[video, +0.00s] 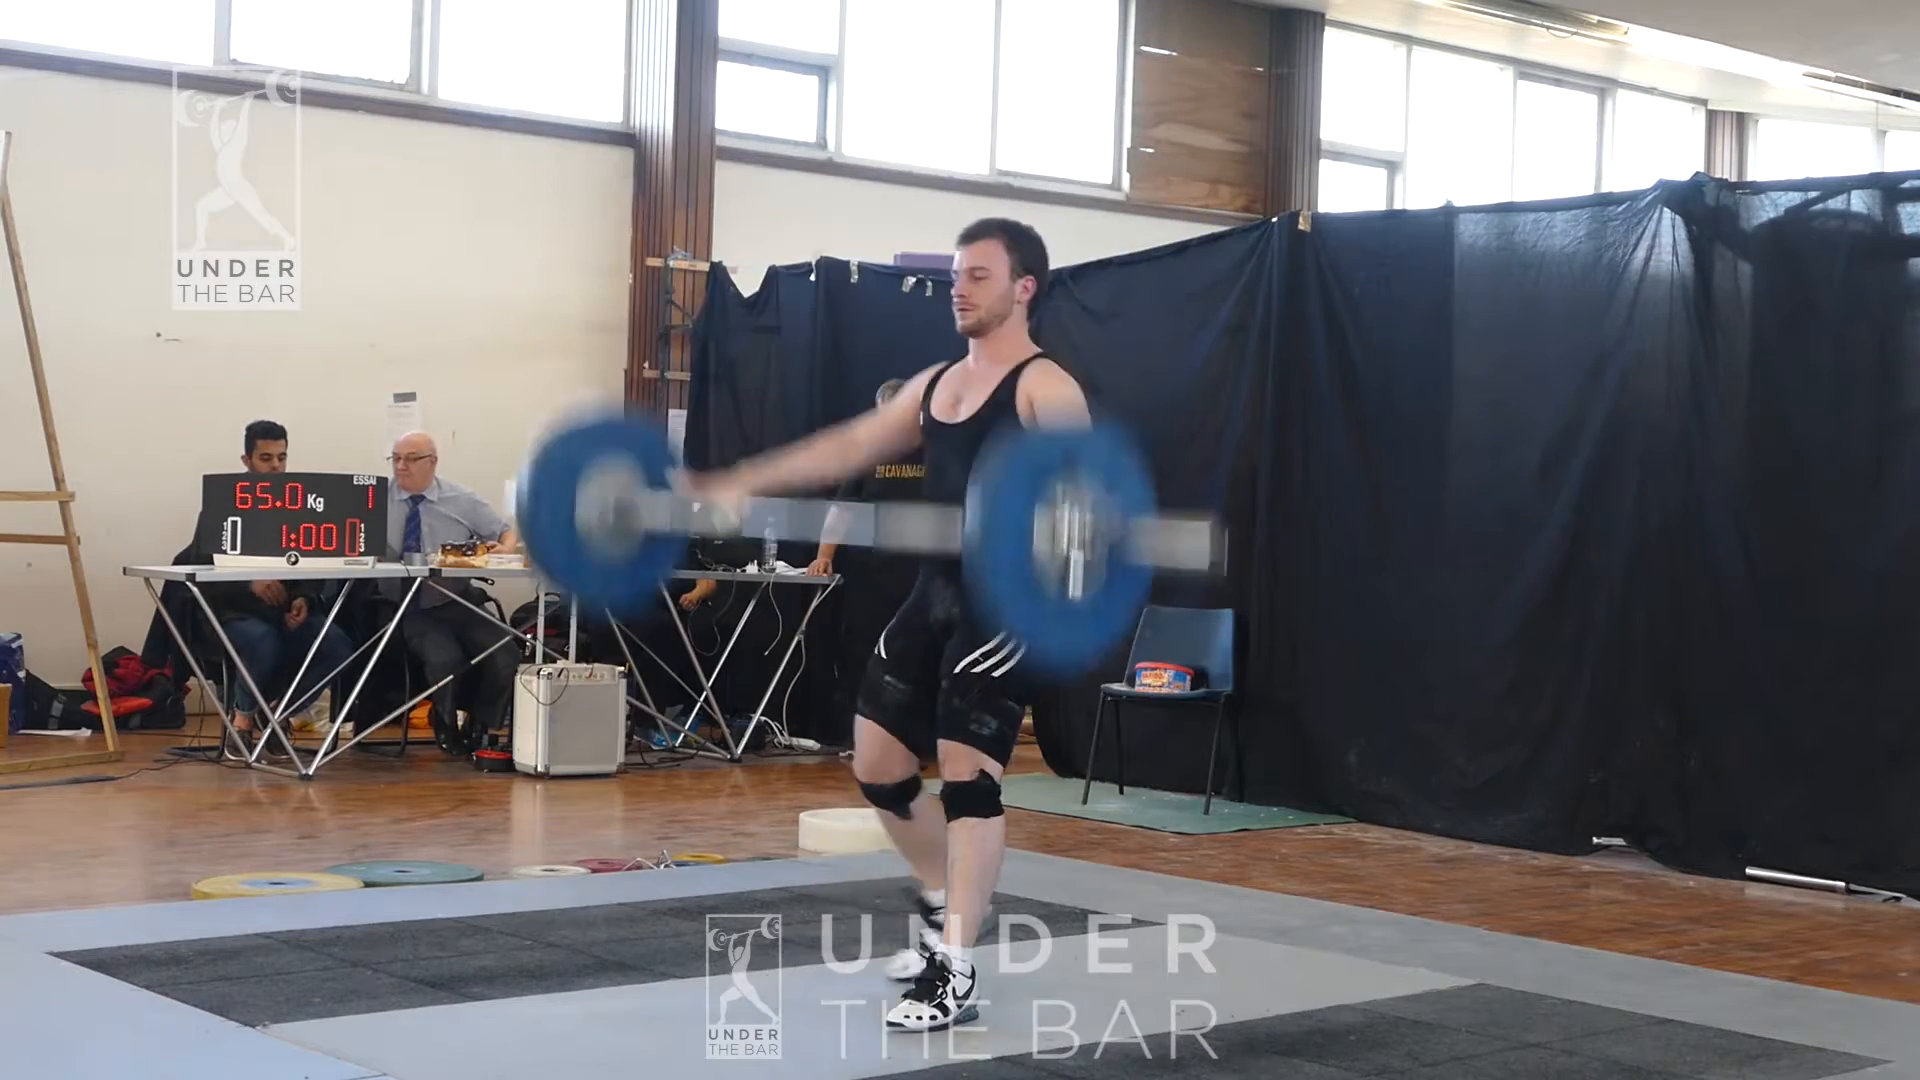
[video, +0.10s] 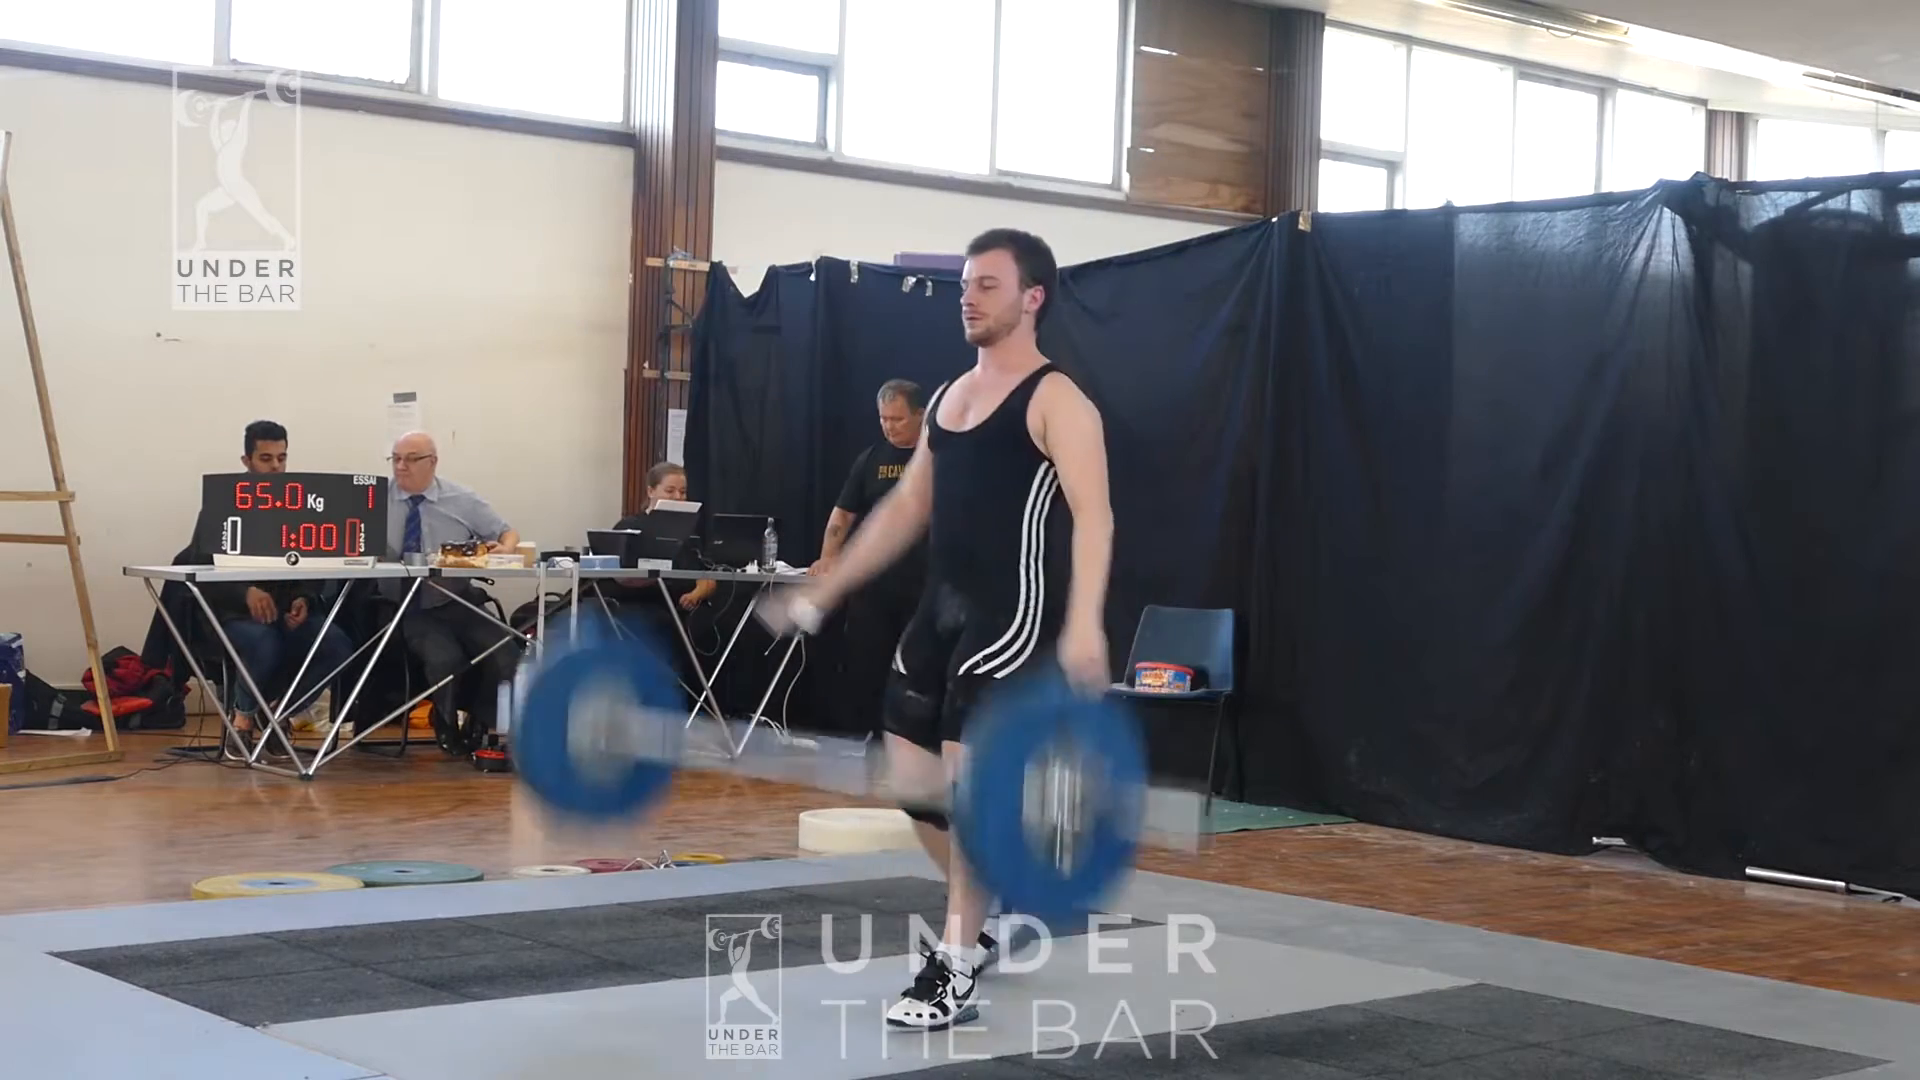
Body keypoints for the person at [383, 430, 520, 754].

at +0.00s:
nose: (401, 466)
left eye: (411, 460)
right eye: (396, 459)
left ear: (432, 463)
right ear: (391, 461)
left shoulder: (460, 501)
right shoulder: (379, 501)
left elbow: (508, 532)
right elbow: (348, 535)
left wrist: (504, 547)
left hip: (459, 602)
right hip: (406, 607)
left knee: (505, 655)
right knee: (445, 658)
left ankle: (480, 726)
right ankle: (444, 720)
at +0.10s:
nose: (401, 467)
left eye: (411, 460)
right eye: (396, 459)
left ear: (432, 463)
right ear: (391, 461)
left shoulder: (460, 500)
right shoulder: (379, 501)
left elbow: (508, 534)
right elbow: (349, 536)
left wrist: (504, 547)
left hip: (458, 603)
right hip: (404, 607)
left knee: (504, 651)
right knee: (445, 659)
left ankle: (480, 723)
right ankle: (445, 719)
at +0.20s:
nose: (401, 467)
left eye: (411, 460)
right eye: (396, 460)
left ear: (432, 463)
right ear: (390, 462)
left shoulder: (460, 501)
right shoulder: (378, 502)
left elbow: (507, 534)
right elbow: (348, 536)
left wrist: (504, 547)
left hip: (459, 603)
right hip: (406, 607)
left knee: (506, 654)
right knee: (445, 659)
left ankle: (480, 726)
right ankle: (445, 718)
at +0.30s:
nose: (398, 468)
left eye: (409, 461)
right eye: (393, 461)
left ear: (431, 464)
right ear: (388, 462)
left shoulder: (459, 501)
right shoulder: (377, 503)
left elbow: (507, 534)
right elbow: (347, 537)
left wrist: (504, 547)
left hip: (458, 603)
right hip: (405, 608)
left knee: (506, 654)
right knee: (445, 659)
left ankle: (480, 724)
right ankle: (446, 719)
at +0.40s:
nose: (398, 468)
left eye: (408, 461)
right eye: (392, 461)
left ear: (429, 464)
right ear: (387, 462)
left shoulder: (457, 501)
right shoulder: (377, 503)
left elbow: (505, 534)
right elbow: (341, 536)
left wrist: (503, 547)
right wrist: (374, 537)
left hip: (458, 603)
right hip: (405, 607)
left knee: (504, 651)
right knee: (445, 658)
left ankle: (480, 725)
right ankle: (445, 720)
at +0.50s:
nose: (395, 467)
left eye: (406, 460)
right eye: (390, 460)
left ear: (427, 463)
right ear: (385, 462)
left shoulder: (456, 500)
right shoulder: (375, 504)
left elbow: (504, 533)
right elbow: (352, 549)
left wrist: (503, 546)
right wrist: (391, 540)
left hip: (458, 601)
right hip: (405, 606)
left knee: (504, 655)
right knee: (446, 658)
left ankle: (480, 726)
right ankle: (445, 720)